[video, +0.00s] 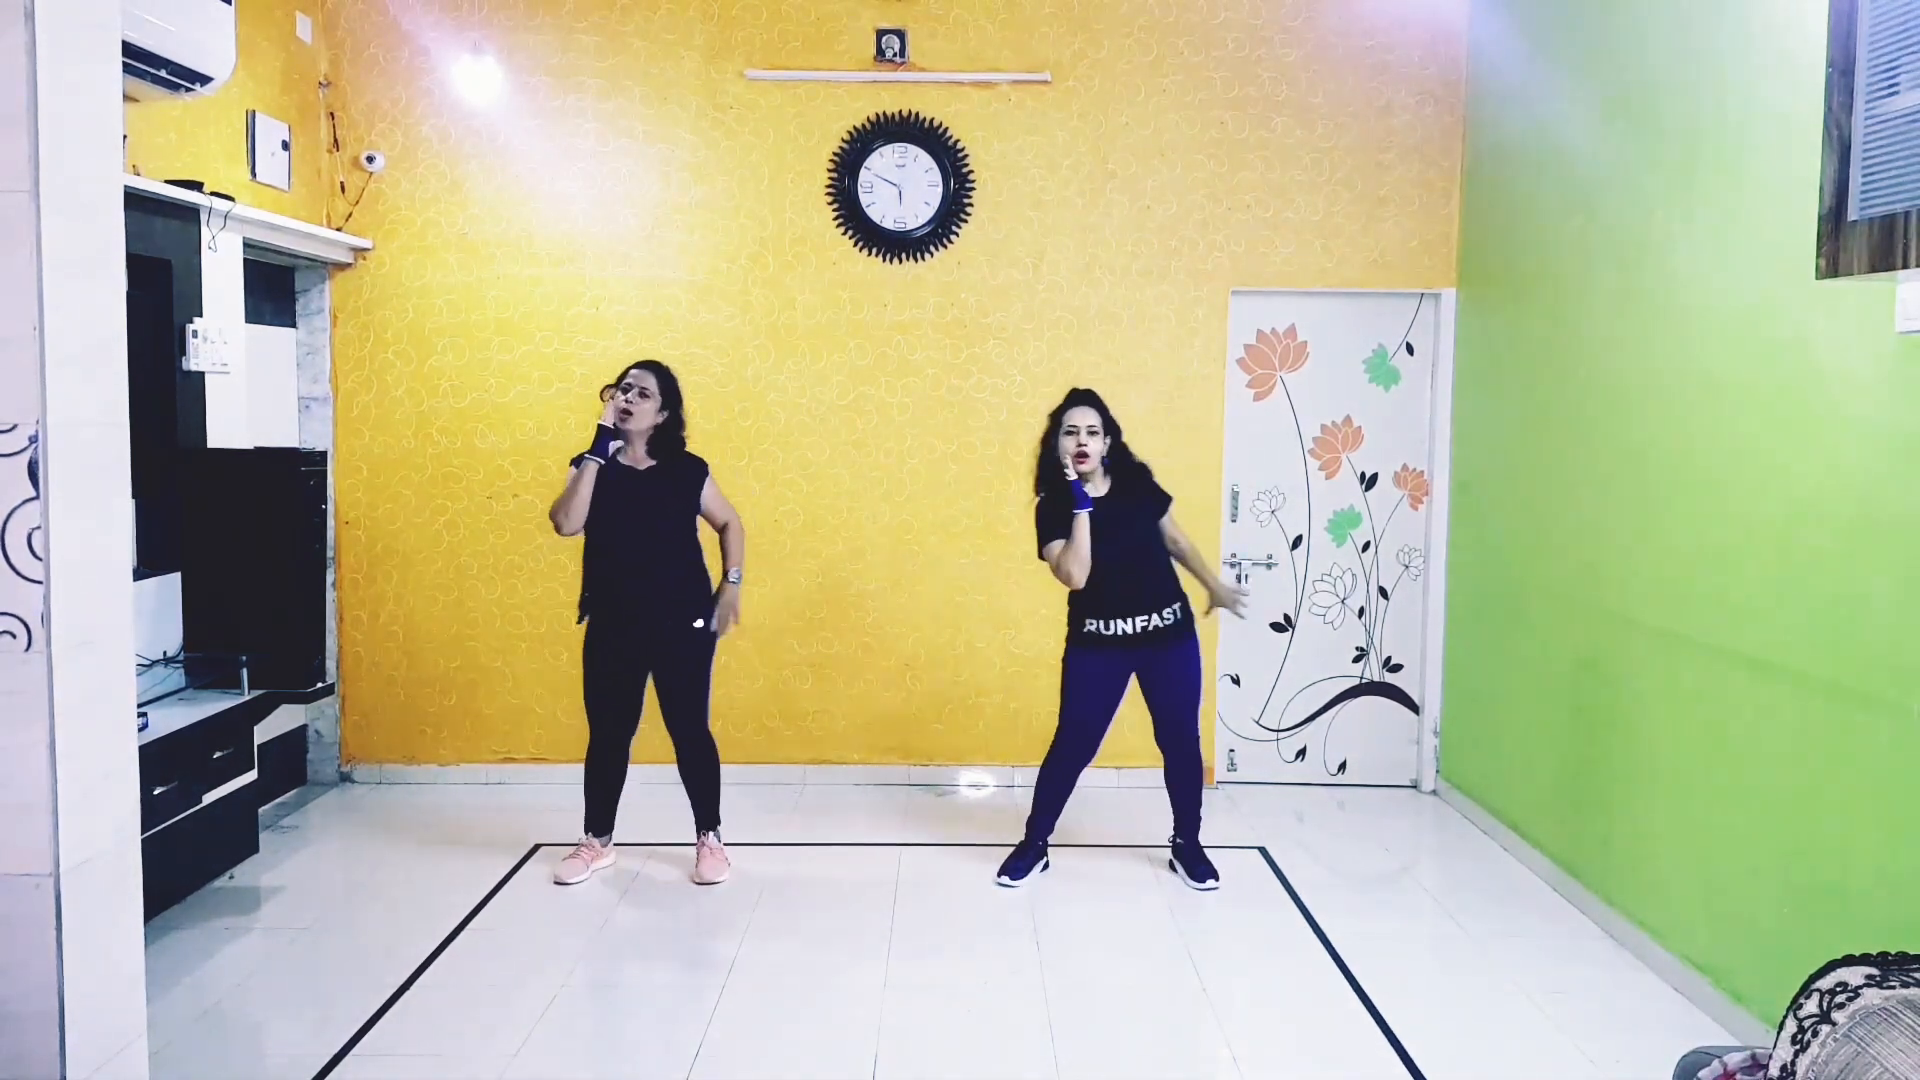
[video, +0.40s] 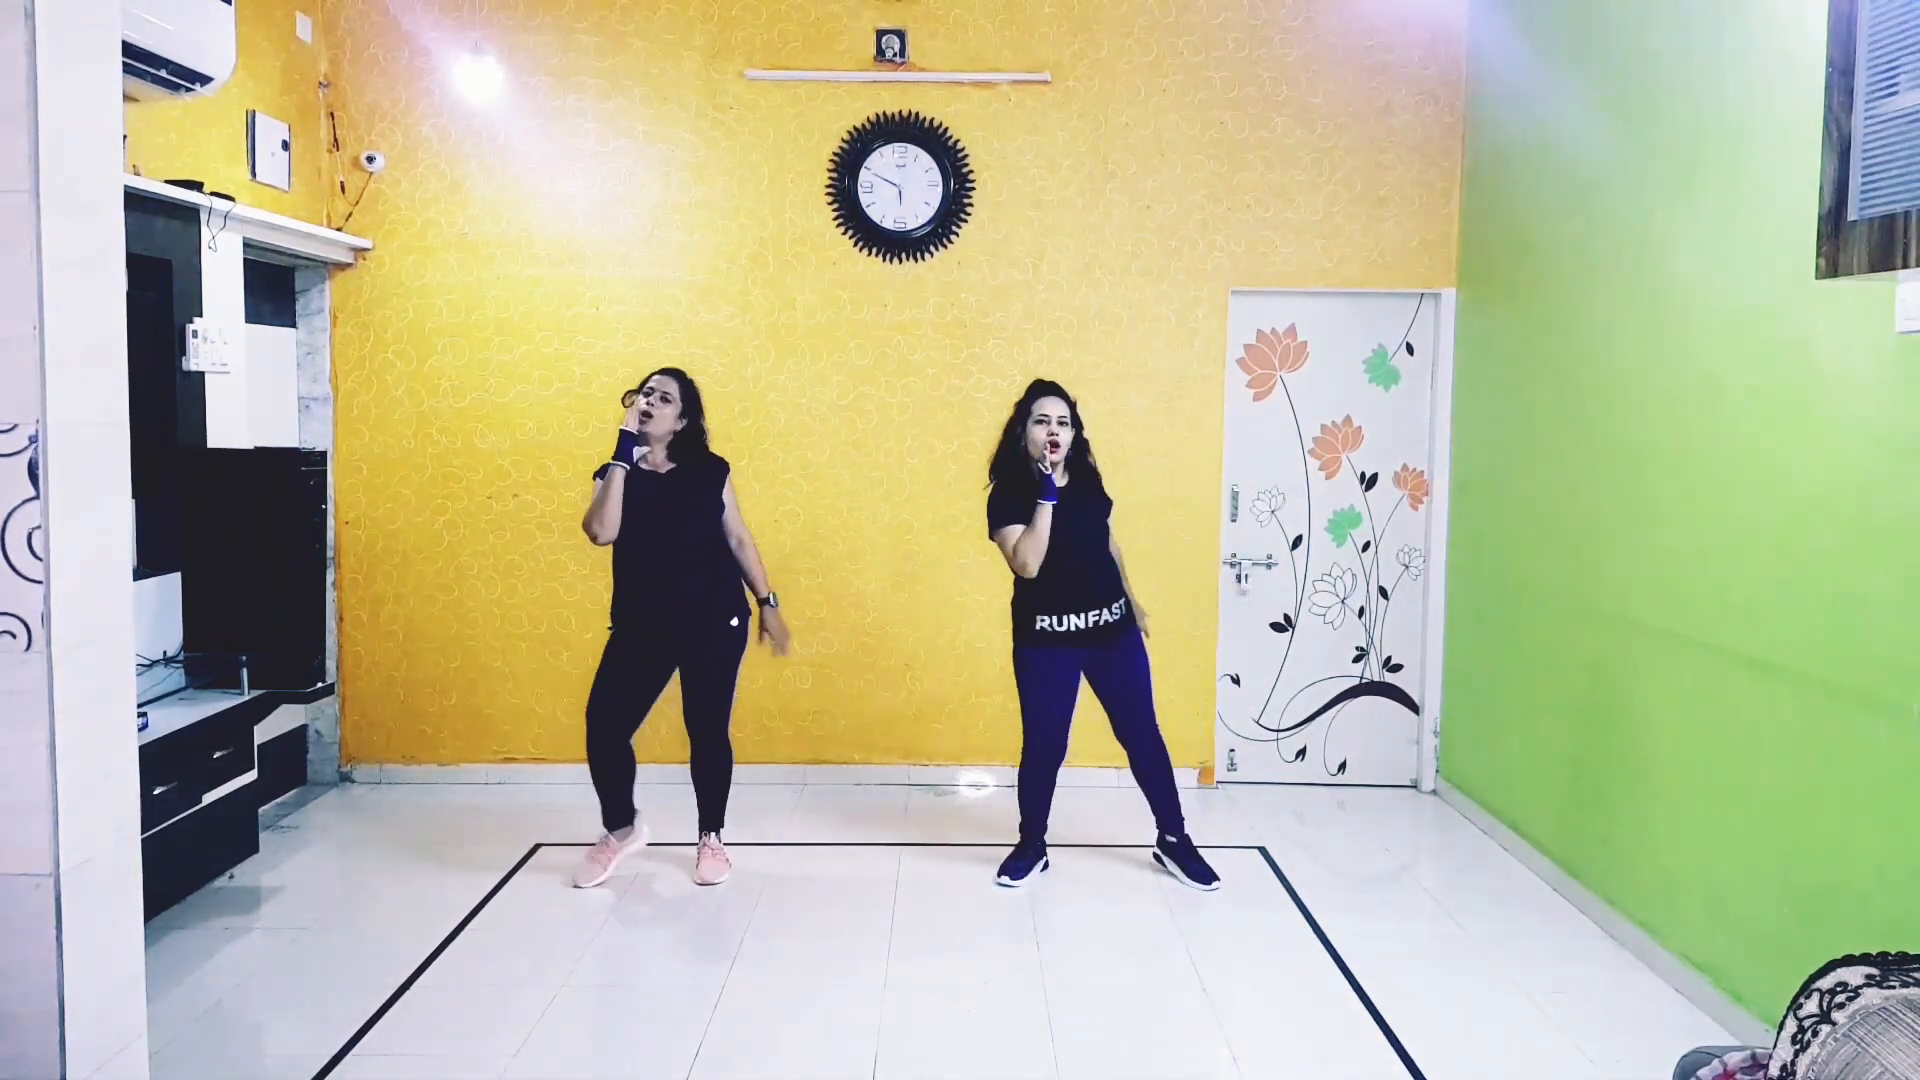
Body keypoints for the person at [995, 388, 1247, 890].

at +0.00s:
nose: (1082, 441)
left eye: (1092, 432)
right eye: (1071, 432)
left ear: (1107, 440)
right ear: (1057, 442)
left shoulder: (1136, 480)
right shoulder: (1055, 502)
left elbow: (1177, 541)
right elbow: (1074, 575)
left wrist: (1216, 586)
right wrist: (1081, 502)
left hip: (1167, 635)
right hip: (1098, 642)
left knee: (1182, 743)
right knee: (1072, 747)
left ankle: (1187, 842)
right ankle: (1034, 842)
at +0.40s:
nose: (1053, 431)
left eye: (1063, 422)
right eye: (1042, 422)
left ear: (1075, 430)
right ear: (1022, 430)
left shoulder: (1087, 477)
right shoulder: (1009, 490)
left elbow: (1108, 544)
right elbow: (1026, 565)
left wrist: (1130, 601)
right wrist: (1048, 493)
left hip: (1110, 626)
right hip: (1045, 634)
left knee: (1142, 733)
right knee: (1043, 747)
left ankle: (1173, 836)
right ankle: (1031, 843)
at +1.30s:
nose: (1117, 436)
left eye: (1128, 426)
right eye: (1107, 428)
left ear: (1150, 432)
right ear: (1095, 437)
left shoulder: (1165, 505)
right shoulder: (1083, 482)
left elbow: (1176, 587)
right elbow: (1041, 535)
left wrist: (1185, 662)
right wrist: (1086, 484)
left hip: (1124, 642)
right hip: (1056, 632)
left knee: (1148, 750)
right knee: (1043, 742)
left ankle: (1184, 839)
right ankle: (1031, 842)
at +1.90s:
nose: (1156, 436)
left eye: (1166, 425)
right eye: (1145, 427)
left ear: (1188, 431)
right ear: (1134, 437)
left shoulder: (1217, 489)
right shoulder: (1130, 492)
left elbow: (1248, 568)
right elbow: (1103, 561)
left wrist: (1267, 638)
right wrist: (1133, 502)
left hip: (1204, 646)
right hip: (1133, 639)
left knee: (1199, 754)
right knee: (1090, 742)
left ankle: (1195, 845)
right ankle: (1043, 840)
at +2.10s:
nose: (1143, 435)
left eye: (1154, 426)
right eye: (1132, 426)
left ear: (1171, 436)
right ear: (1118, 436)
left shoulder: (1199, 484)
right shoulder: (1110, 499)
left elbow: (1254, 542)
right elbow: (1094, 578)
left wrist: (1296, 598)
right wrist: (1127, 552)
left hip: (1203, 642)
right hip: (1132, 641)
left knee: (1202, 753)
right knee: (1087, 743)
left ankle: (1195, 844)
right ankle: (1040, 839)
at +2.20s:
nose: (1137, 436)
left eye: (1147, 428)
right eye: (1127, 426)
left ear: (1158, 438)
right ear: (1106, 435)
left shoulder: (1181, 482)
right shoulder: (1092, 505)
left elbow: (1246, 516)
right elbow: (1082, 582)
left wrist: (1310, 543)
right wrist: (1111, 602)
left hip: (1197, 636)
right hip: (1126, 640)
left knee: (1200, 749)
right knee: (1084, 744)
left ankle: (1194, 844)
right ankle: (1034, 838)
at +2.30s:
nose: (1131, 439)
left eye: (1139, 432)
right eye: (1120, 428)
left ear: (1145, 441)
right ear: (1094, 432)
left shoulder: (1158, 487)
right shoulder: (1072, 508)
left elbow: (1227, 510)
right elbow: (1061, 585)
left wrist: (1305, 490)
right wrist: (1091, 630)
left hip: (1182, 637)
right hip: (1114, 643)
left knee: (1195, 746)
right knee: (1077, 748)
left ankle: (1194, 843)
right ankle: (1030, 840)